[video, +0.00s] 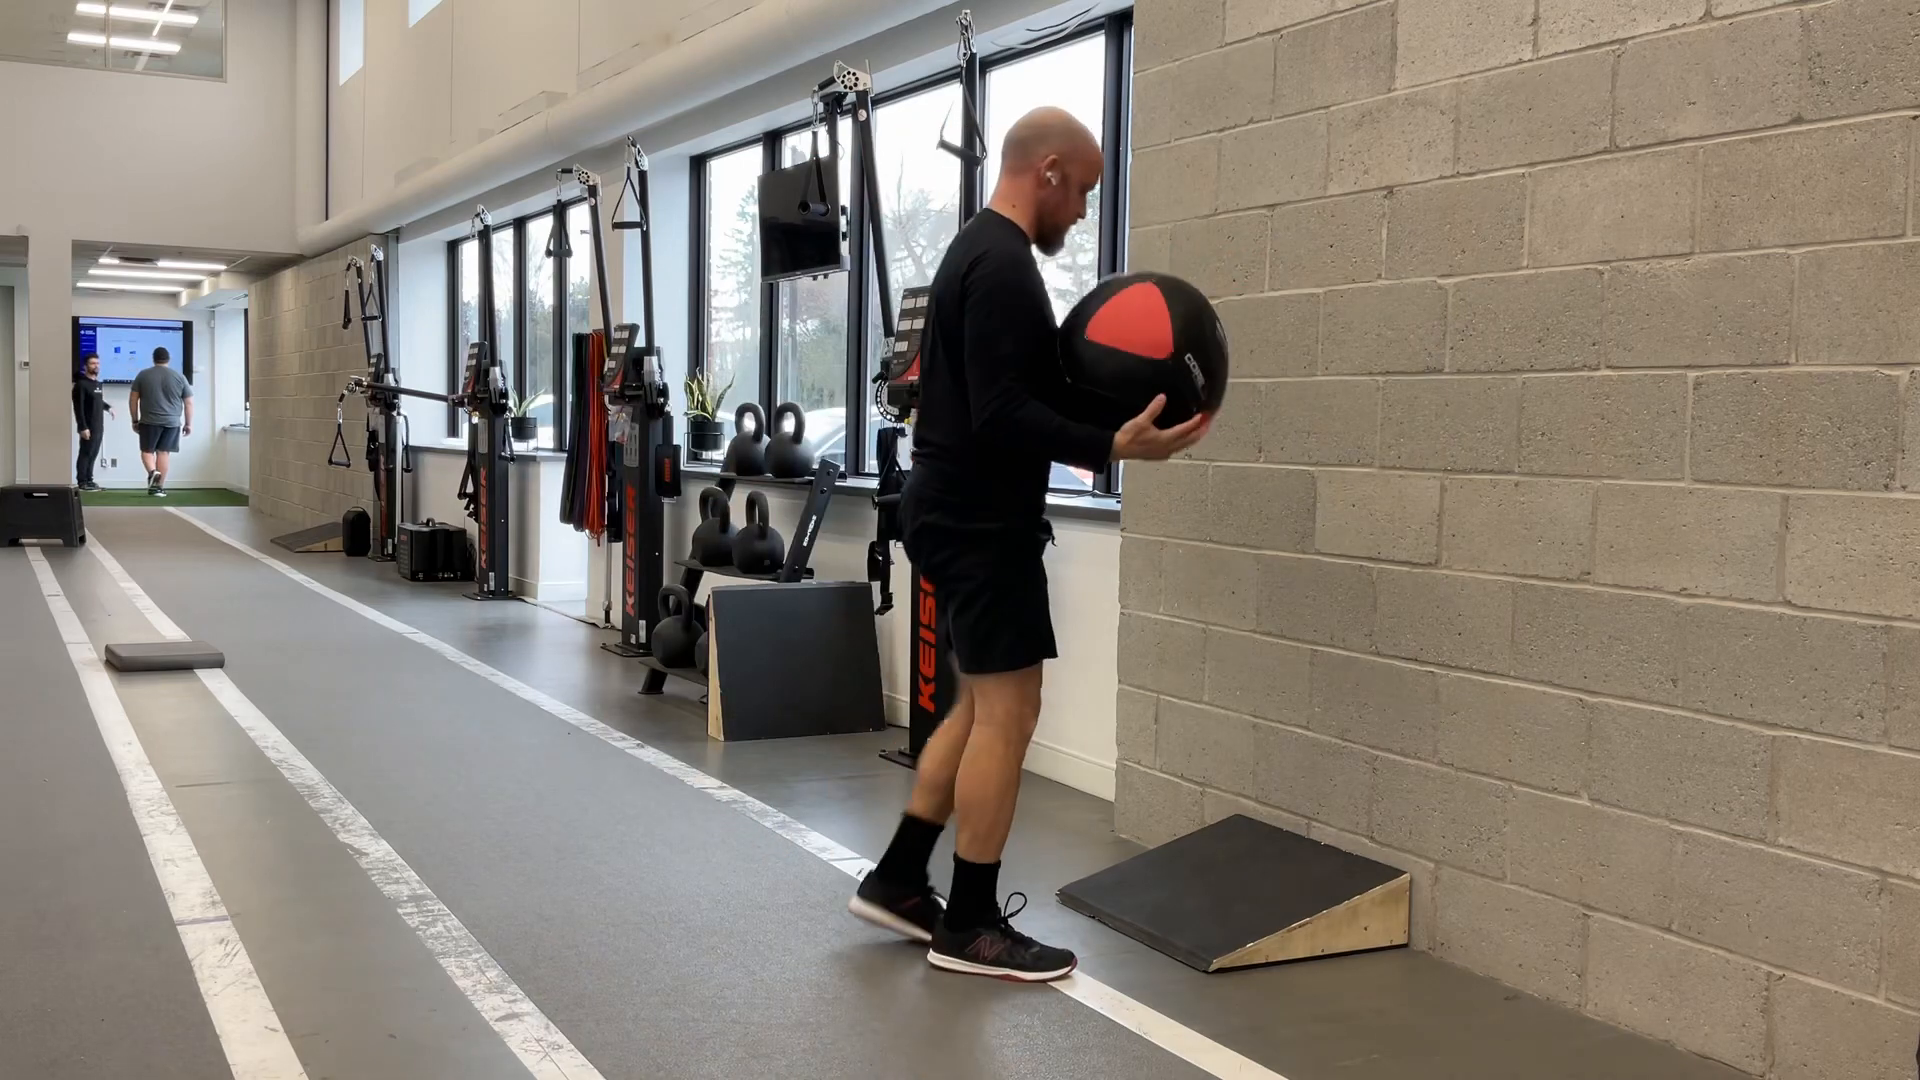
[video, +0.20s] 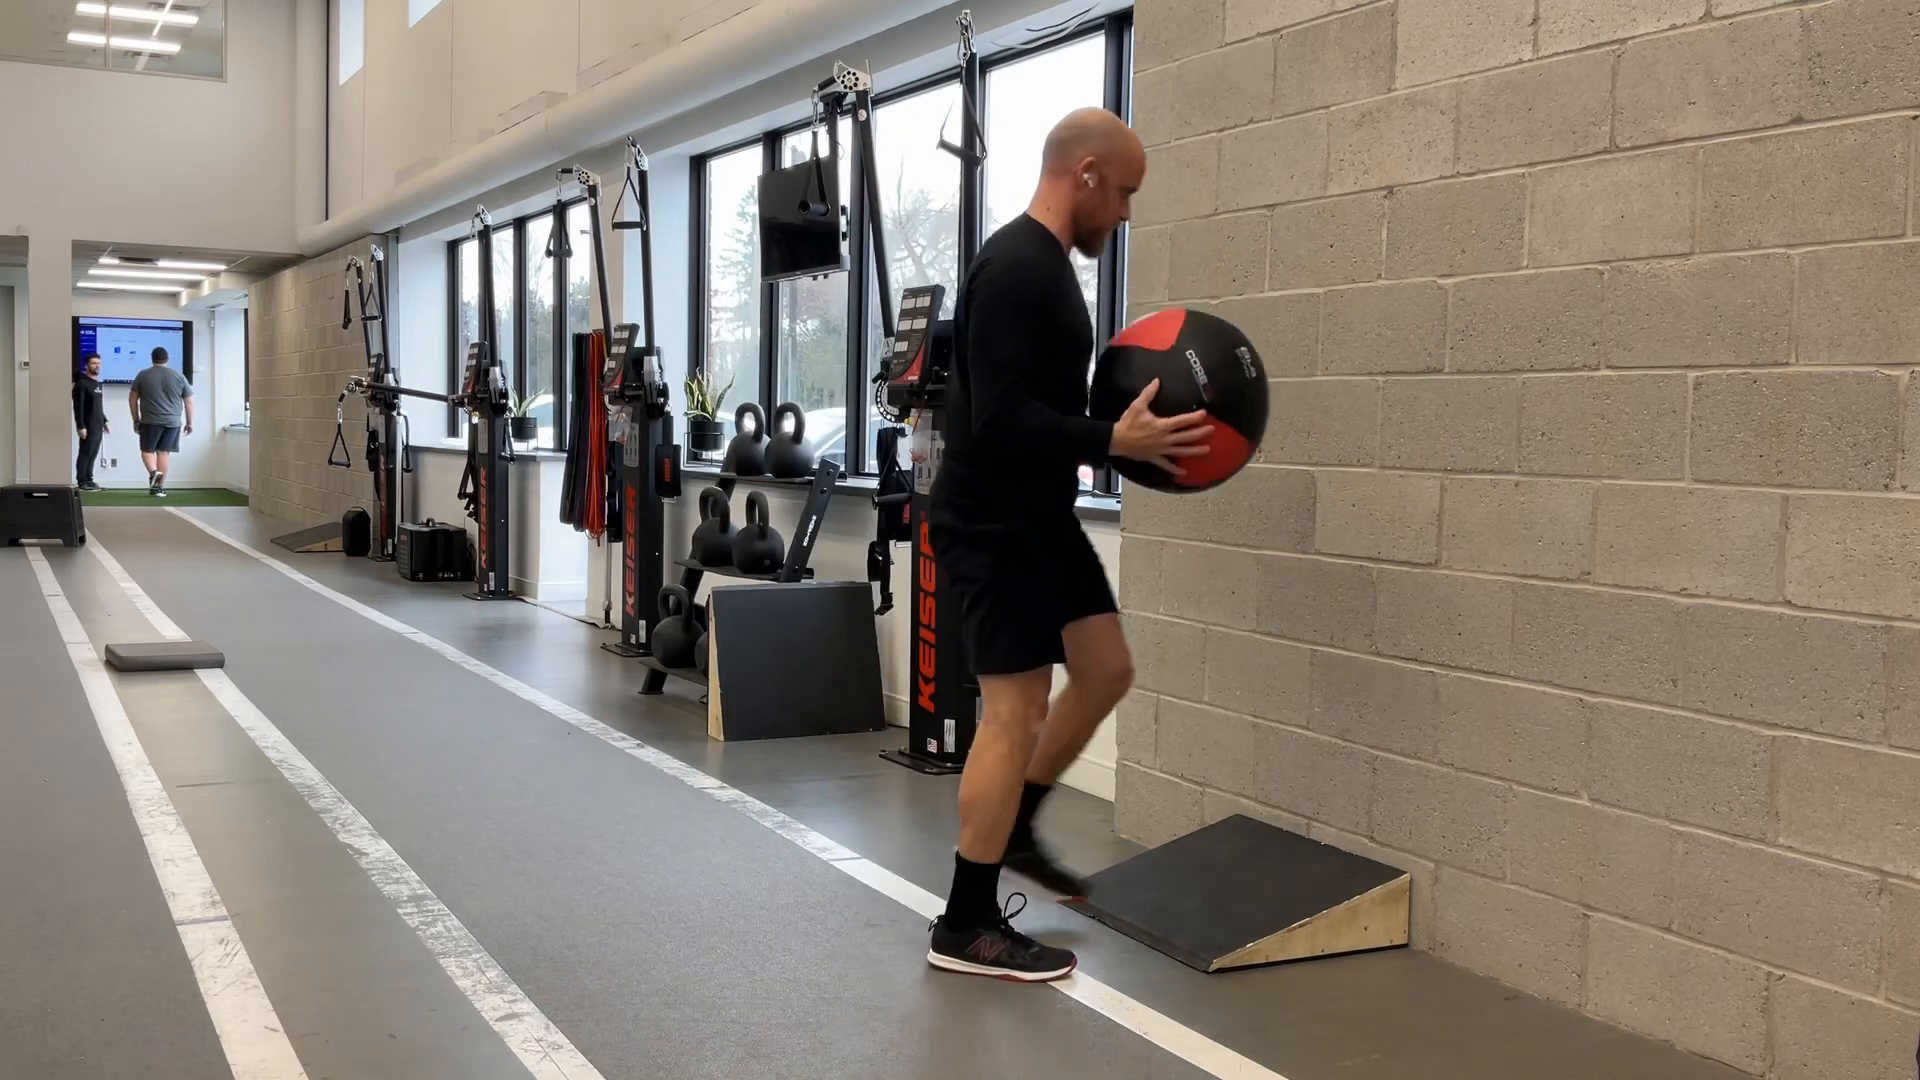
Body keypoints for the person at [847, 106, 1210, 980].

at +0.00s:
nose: (1081, 211)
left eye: (1087, 195)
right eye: (1081, 192)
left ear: (1028, 171)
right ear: (1044, 176)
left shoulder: (981, 252)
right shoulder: (999, 263)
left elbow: (1030, 388)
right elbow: (1007, 411)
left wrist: (1126, 408)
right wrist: (1112, 446)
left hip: (958, 514)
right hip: (983, 521)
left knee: (979, 705)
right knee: (1007, 713)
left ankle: (897, 878)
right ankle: (970, 925)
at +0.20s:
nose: (1125, 214)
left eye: (1130, 197)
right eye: (1124, 195)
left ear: (1074, 178)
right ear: (1083, 179)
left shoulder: (1044, 265)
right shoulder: (1019, 267)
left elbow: (1045, 404)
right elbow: (1005, 420)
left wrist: (1131, 405)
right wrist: (1111, 438)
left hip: (1039, 517)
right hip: (994, 524)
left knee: (1105, 673)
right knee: (1013, 716)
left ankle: (1011, 825)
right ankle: (966, 921)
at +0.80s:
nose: (1262, 291)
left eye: (1273, 278)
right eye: (1255, 273)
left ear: (1277, 263)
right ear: (1214, 242)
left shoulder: (1214, 314)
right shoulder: (1142, 306)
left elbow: (1205, 425)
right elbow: (1155, 436)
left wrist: (1272, 475)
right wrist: (1229, 416)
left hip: (1159, 505)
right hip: (1088, 507)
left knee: (1199, 673)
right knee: (1156, 677)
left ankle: (1154, 840)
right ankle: (1099, 867)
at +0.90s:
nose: (1264, 311)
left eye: (1278, 299)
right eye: (1259, 292)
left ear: (1286, 280)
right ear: (1222, 254)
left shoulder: (1229, 325)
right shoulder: (1152, 312)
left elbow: (1225, 437)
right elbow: (1160, 441)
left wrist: (1279, 482)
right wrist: (1232, 420)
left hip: (1166, 507)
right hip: (1093, 507)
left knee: (1198, 674)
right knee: (1149, 685)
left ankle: (1153, 839)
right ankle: (1098, 874)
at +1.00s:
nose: (1267, 327)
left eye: (1280, 315)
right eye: (1261, 309)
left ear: (1290, 292)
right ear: (1226, 268)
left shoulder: (1235, 327)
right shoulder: (1157, 316)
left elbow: (1227, 437)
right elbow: (1163, 446)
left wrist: (1287, 470)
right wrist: (1237, 423)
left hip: (1169, 505)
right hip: (1093, 507)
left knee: (1193, 676)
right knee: (1138, 686)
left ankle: (1151, 839)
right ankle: (1096, 876)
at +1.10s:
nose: (1262, 337)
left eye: (1275, 326)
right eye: (1257, 319)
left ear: (1286, 302)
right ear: (1221, 277)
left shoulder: (1234, 332)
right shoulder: (1154, 319)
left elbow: (1227, 440)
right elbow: (1164, 445)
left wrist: (1287, 458)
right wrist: (1238, 427)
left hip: (1168, 508)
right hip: (1092, 508)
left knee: (1189, 681)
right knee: (1142, 688)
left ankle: (1150, 839)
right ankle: (1098, 875)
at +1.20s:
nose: (1257, 343)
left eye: (1269, 332)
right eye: (1253, 326)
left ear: (1277, 307)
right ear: (1218, 283)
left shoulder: (1229, 333)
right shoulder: (1151, 323)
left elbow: (1223, 442)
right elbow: (1166, 449)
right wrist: (1235, 424)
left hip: (1164, 511)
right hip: (1088, 513)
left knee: (1192, 681)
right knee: (1146, 690)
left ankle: (1151, 839)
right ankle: (1100, 875)